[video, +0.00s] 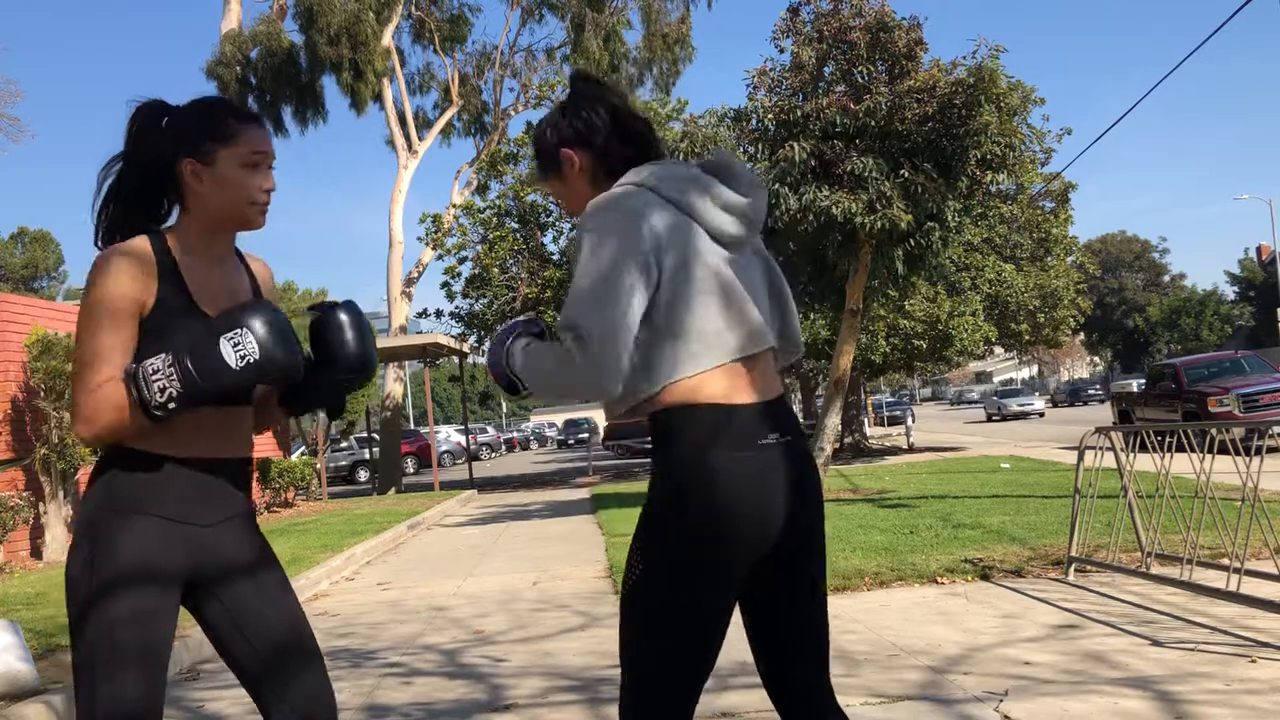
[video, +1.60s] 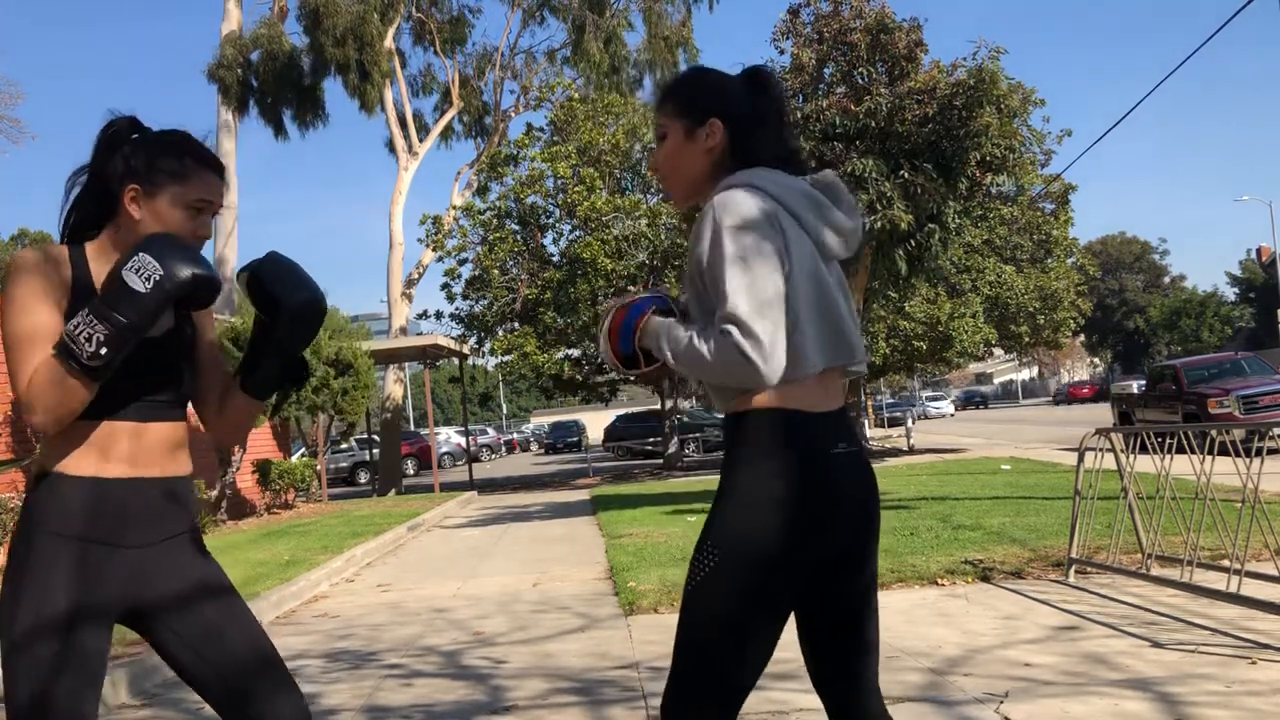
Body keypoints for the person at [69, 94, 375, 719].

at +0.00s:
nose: (272, 184)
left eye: (271, 167)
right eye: (256, 166)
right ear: (195, 173)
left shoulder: (256, 275)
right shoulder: (129, 264)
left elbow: (253, 414)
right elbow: (90, 419)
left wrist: (313, 384)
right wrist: (191, 370)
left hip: (229, 518)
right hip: (135, 513)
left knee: (309, 704)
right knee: (121, 710)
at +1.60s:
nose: (208, 231)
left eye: (213, 216)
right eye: (197, 211)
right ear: (135, 201)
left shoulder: (187, 300)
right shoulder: (41, 270)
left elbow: (226, 425)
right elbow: (43, 413)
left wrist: (277, 345)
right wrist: (116, 316)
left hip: (172, 540)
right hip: (66, 540)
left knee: (280, 708)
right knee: (49, 710)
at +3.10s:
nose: (222, 227)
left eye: (228, 211)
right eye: (210, 207)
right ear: (145, 199)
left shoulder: (218, 287)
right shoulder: (59, 281)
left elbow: (266, 419)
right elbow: (65, 430)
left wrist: (284, 318)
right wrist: (107, 321)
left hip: (208, 540)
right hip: (101, 541)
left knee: (318, 708)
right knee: (75, 710)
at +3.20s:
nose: (218, 227)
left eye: (223, 212)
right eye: (205, 207)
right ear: (142, 199)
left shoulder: (212, 289)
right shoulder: (54, 280)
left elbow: (257, 419)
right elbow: (59, 430)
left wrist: (280, 316)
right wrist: (103, 319)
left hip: (202, 541)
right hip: (94, 543)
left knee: (313, 708)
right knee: (70, 710)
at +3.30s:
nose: (213, 232)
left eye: (217, 215)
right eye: (200, 212)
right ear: (136, 204)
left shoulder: (208, 295)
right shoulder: (49, 282)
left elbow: (249, 426)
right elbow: (57, 432)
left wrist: (284, 333)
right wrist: (102, 317)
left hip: (199, 545)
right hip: (90, 546)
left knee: (315, 708)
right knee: (70, 709)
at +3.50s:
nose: (213, 215)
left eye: (216, 198)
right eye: (200, 196)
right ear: (134, 193)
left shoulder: (214, 282)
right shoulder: (56, 279)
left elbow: (291, 389)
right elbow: (47, 429)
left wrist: (297, 310)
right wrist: (94, 319)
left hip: (215, 531)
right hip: (107, 536)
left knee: (318, 707)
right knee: (84, 711)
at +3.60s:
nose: (220, 208)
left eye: (225, 191)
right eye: (206, 188)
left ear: (228, 192)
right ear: (141, 189)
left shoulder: (232, 259)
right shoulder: (75, 284)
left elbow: (362, 297)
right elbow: (71, 433)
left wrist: (395, 222)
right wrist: (97, 324)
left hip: (227, 530)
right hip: (120, 533)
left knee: (320, 707)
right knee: (92, 711)